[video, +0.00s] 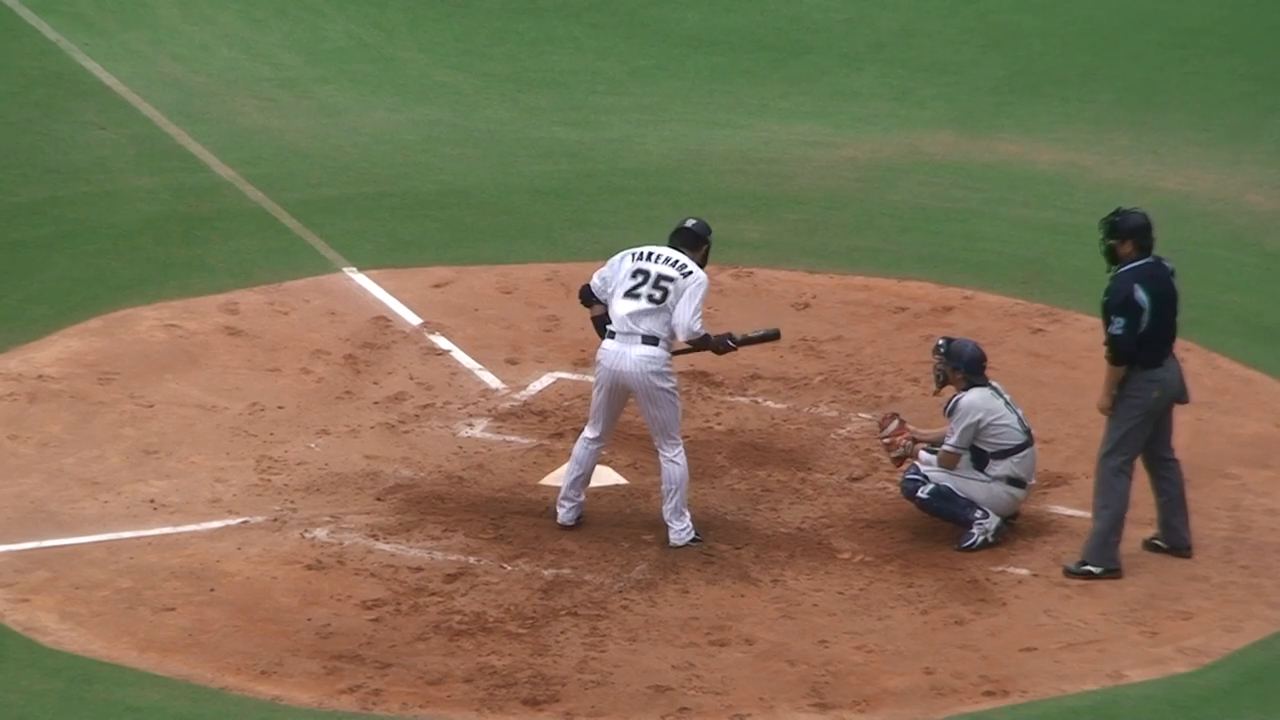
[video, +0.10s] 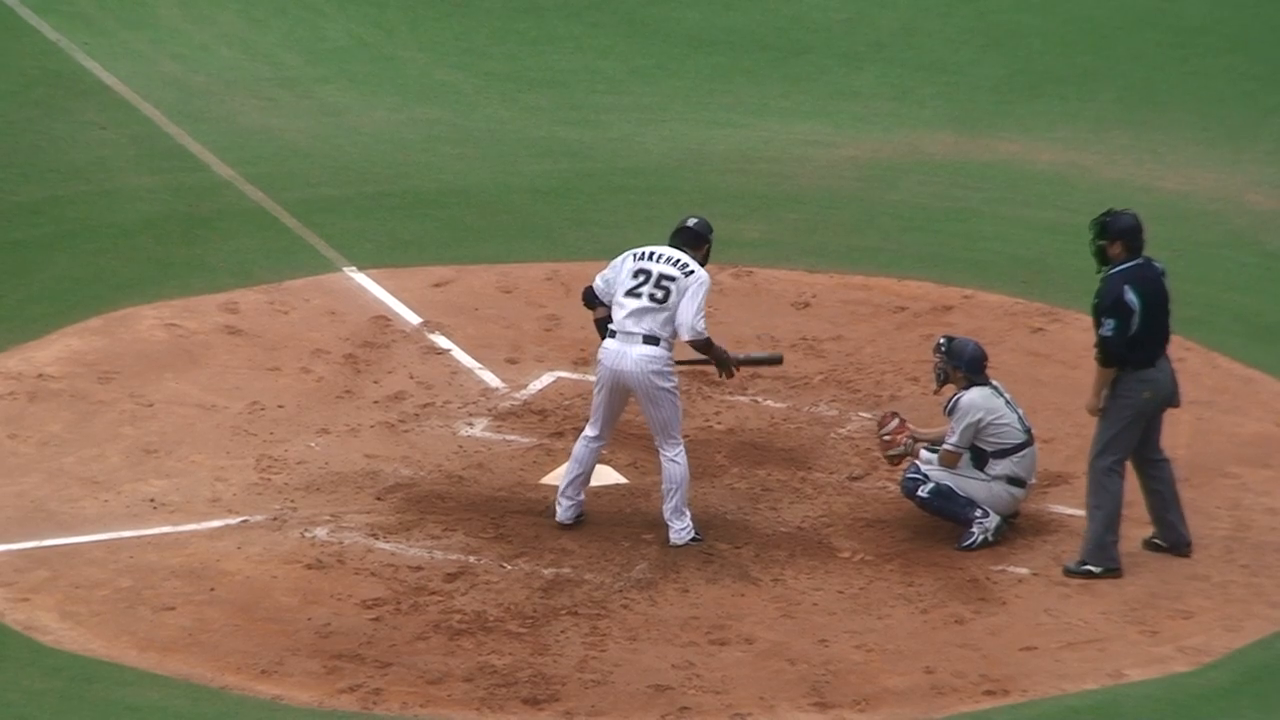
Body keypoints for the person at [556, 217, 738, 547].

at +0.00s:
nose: (707, 256)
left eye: (707, 250)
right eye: (707, 250)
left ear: (672, 240)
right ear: (699, 249)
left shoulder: (630, 255)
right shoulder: (694, 275)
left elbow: (588, 293)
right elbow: (688, 331)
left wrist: (609, 333)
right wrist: (714, 343)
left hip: (610, 352)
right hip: (650, 359)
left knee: (593, 434)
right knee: (670, 447)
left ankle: (567, 509)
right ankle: (679, 529)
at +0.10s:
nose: (708, 255)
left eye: (708, 249)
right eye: (708, 249)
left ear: (673, 239)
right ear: (701, 248)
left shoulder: (633, 255)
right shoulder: (696, 274)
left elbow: (592, 295)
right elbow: (692, 333)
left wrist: (611, 336)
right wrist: (718, 355)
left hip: (611, 351)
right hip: (652, 357)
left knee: (594, 433)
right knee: (670, 446)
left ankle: (566, 507)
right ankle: (680, 528)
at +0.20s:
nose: (706, 255)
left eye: (706, 249)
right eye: (706, 249)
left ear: (672, 239)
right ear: (700, 248)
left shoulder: (632, 257)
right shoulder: (694, 274)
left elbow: (591, 299)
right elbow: (690, 334)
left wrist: (611, 340)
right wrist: (714, 367)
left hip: (609, 351)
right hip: (649, 357)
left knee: (592, 435)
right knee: (670, 445)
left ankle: (565, 510)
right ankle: (679, 527)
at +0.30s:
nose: (701, 257)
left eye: (702, 251)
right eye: (701, 251)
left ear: (668, 241)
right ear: (696, 250)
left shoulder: (628, 260)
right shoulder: (691, 275)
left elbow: (588, 303)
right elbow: (685, 335)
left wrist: (608, 346)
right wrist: (701, 373)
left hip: (604, 351)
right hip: (645, 357)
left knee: (590, 435)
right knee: (668, 447)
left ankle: (565, 511)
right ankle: (678, 528)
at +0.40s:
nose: (695, 258)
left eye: (696, 253)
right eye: (696, 253)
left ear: (662, 244)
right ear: (691, 252)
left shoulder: (624, 262)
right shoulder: (687, 276)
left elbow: (585, 311)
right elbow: (680, 338)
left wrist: (607, 334)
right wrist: (687, 373)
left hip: (601, 351)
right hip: (641, 357)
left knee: (588, 435)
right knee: (666, 447)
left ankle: (564, 511)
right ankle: (677, 527)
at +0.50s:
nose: (691, 259)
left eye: (690, 254)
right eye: (691, 253)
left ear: (656, 246)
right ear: (687, 253)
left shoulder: (620, 265)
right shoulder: (684, 277)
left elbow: (586, 320)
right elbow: (675, 341)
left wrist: (615, 343)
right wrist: (676, 377)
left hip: (598, 351)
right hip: (639, 357)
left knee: (586, 436)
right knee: (663, 448)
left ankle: (564, 512)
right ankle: (677, 527)